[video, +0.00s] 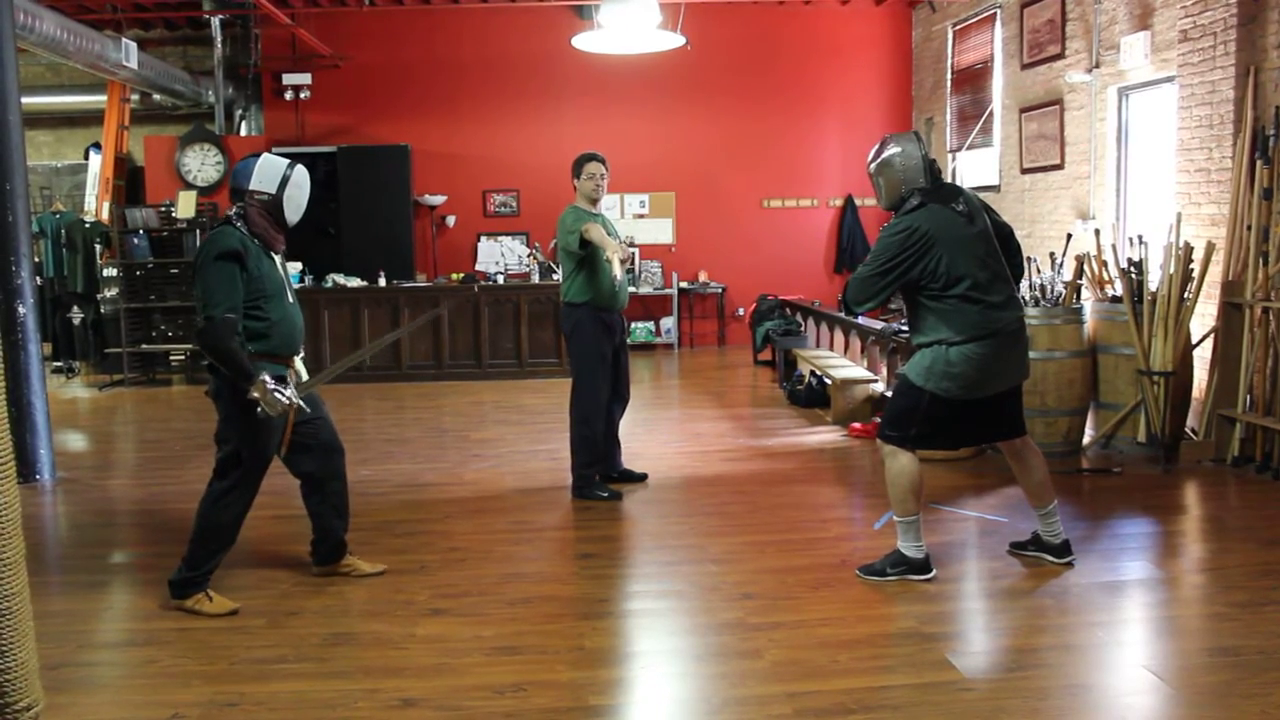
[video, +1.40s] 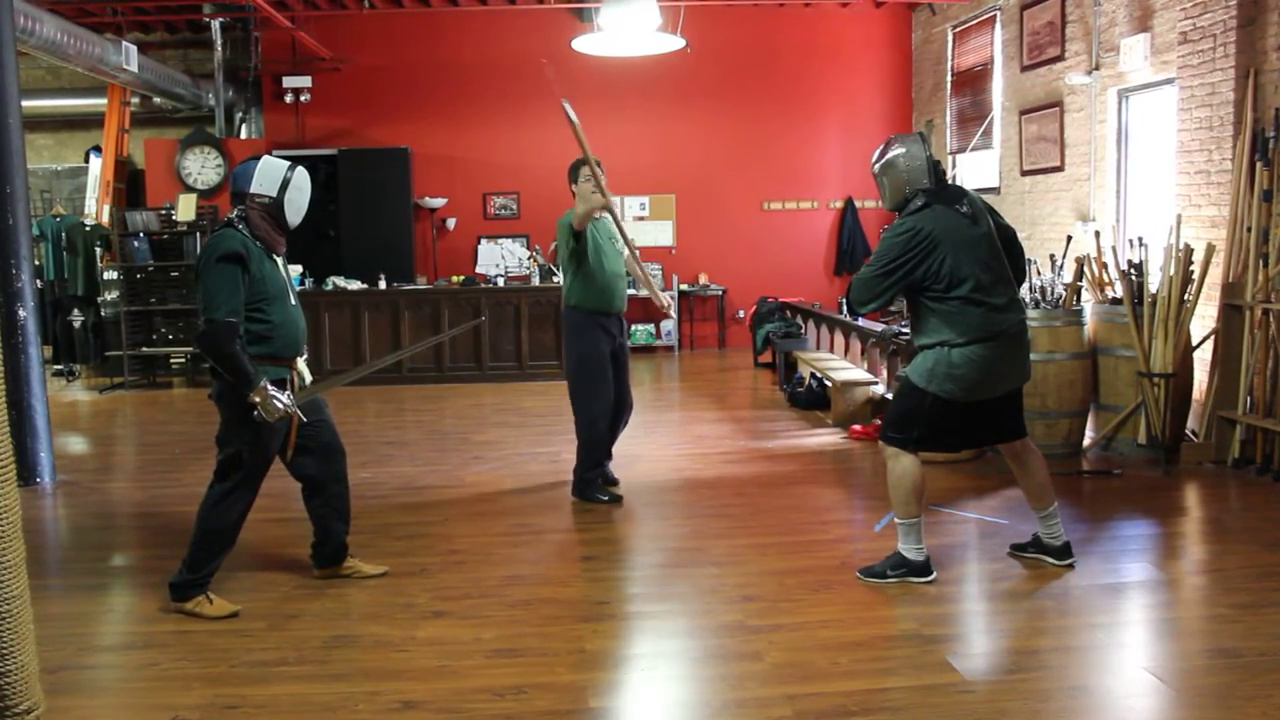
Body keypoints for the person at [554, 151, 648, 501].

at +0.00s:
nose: (597, 182)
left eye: (602, 176)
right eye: (590, 176)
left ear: (607, 182)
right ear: (576, 182)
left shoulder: (604, 221)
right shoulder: (572, 215)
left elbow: (618, 253)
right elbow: (591, 232)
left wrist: (625, 254)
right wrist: (613, 248)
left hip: (610, 315)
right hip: (585, 316)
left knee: (615, 394)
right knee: (590, 396)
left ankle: (609, 467)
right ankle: (584, 480)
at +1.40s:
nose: (596, 181)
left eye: (599, 175)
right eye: (587, 177)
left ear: (606, 182)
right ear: (574, 188)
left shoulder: (609, 224)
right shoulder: (569, 223)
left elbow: (627, 264)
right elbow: (578, 218)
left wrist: (654, 293)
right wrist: (593, 204)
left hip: (613, 322)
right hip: (584, 322)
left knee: (620, 403)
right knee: (595, 402)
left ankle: (598, 465)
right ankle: (585, 482)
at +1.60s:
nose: (601, 182)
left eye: (605, 177)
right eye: (593, 177)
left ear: (611, 183)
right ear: (581, 183)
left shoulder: (613, 226)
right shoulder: (575, 216)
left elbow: (632, 267)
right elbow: (556, 203)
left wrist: (654, 296)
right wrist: (556, 173)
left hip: (609, 318)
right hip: (580, 316)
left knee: (611, 396)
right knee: (585, 396)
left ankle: (596, 465)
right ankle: (586, 479)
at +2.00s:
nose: (596, 184)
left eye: (600, 180)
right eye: (589, 179)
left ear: (604, 188)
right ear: (575, 186)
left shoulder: (611, 230)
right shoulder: (556, 218)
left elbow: (634, 271)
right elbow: (517, 213)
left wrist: (658, 307)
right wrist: (512, 182)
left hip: (602, 316)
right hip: (567, 314)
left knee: (605, 390)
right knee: (560, 387)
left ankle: (597, 462)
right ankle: (548, 448)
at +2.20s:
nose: (584, 188)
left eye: (588, 184)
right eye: (577, 184)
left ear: (594, 192)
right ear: (564, 190)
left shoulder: (603, 234)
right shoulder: (546, 224)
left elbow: (624, 276)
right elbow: (507, 244)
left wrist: (642, 312)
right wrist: (495, 230)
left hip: (592, 319)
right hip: (556, 316)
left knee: (598, 389)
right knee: (551, 385)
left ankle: (597, 462)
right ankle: (546, 442)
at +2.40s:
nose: (570, 191)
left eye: (574, 187)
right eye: (563, 187)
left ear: (581, 194)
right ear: (552, 195)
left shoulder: (594, 236)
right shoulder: (536, 233)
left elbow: (614, 278)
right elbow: (502, 262)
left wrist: (631, 319)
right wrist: (484, 277)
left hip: (580, 321)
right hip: (543, 320)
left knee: (588, 385)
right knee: (546, 387)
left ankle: (592, 456)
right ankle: (549, 448)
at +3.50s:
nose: (554, 187)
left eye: (558, 182)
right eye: (548, 183)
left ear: (567, 185)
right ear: (541, 188)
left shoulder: (580, 225)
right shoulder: (528, 222)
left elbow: (602, 266)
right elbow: (501, 256)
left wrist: (618, 306)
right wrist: (472, 287)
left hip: (566, 298)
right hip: (531, 297)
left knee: (573, 363)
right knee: (520, 360)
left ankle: (571, 424)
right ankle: (502, 422)